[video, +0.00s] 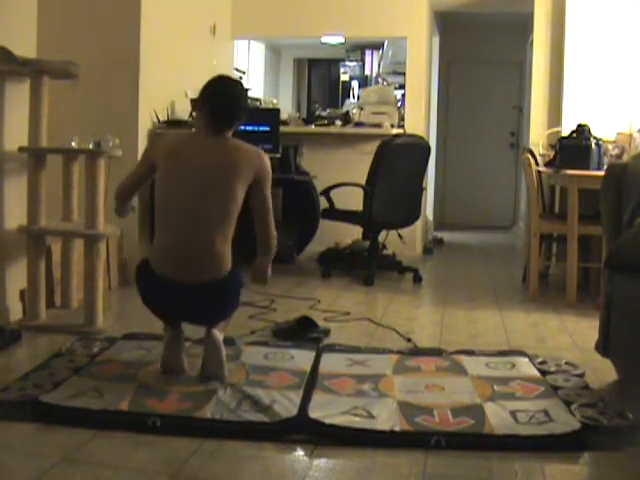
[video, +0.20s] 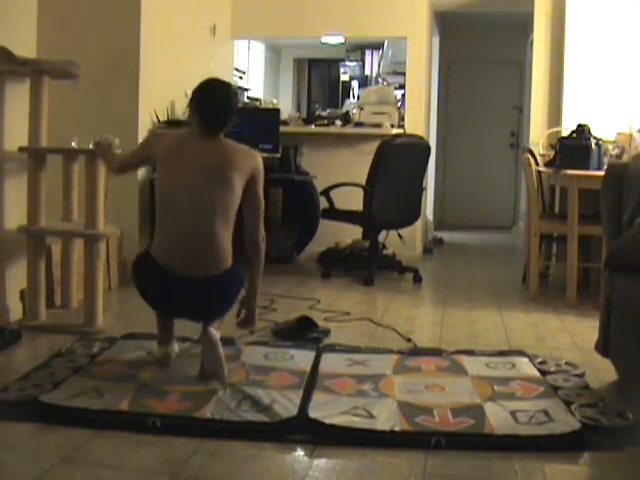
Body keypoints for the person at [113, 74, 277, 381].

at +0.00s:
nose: (194, 106)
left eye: (197, 102)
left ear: (199, 107)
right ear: (238, 117)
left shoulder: (164, 145)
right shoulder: (254, 160)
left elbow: (123, 193)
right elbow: (266, 234)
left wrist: (122, 207)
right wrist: (264, 265)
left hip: (162, 296)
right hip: (214, 300)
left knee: (145, 268)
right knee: (233, 279)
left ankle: (172, 336)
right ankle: (214, 336)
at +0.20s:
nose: (188, 109)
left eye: (190, 104)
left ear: (192, 109)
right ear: (230, 117)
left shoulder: (161, 142)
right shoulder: (248, 159)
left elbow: (118, 166)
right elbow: (254, 241)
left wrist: (105, 151)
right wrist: (251, 299)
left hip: (161, 288)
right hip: (214, 295)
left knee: (146, 260)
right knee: (238, 271)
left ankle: (166, 344)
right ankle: (211, 334)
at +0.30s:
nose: (184, 118)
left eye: (186, 113)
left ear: (189, 119)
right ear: (226, 125)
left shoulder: (161, 149)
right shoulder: (244, 165)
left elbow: (121, 153)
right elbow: (251, 245)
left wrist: (105, 143)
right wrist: (250, 306)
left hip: (160, 294)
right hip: (213, 301)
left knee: (146, 262)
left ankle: (166, 341)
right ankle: (211, 335)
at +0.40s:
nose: (182, 121)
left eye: (185, 117)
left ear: (187, 122)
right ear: (224, 130)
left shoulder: (160, 150)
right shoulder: (241, 166)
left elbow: (125, 148)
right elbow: (250, 246)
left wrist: (105, 139)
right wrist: (251, 309)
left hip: (160, 294)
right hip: (213, 301)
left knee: (147, 262)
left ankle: (166, 341)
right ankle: (209, 335)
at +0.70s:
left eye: (188, 110)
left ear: (185, 114)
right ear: (225, 122)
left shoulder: (158, 150)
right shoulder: (242, 162)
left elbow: (113, 165)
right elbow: (259, 232)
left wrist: (118, 138)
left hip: (161, 295)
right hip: (212, 300)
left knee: (150, 257)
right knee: (229, 275)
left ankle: (164, 343)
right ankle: (209, 335)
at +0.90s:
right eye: (225, 111)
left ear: (182, 111)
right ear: (225, 118)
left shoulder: (156, 151)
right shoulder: (242, 155)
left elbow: (126, 196)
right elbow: (261, 198)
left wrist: (156, 170)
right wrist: (234, 171)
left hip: (163, 296)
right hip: (216, 301)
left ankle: (164, 345)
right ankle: (209, 335)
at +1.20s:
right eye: (226, 107)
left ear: (183, 112)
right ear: (226, 115)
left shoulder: (158, 153)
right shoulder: (245, 154)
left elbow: (134, 210)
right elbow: (269, 193)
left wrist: (165, 191)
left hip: (165, 302)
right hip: (218, 304)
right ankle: (212, 337)